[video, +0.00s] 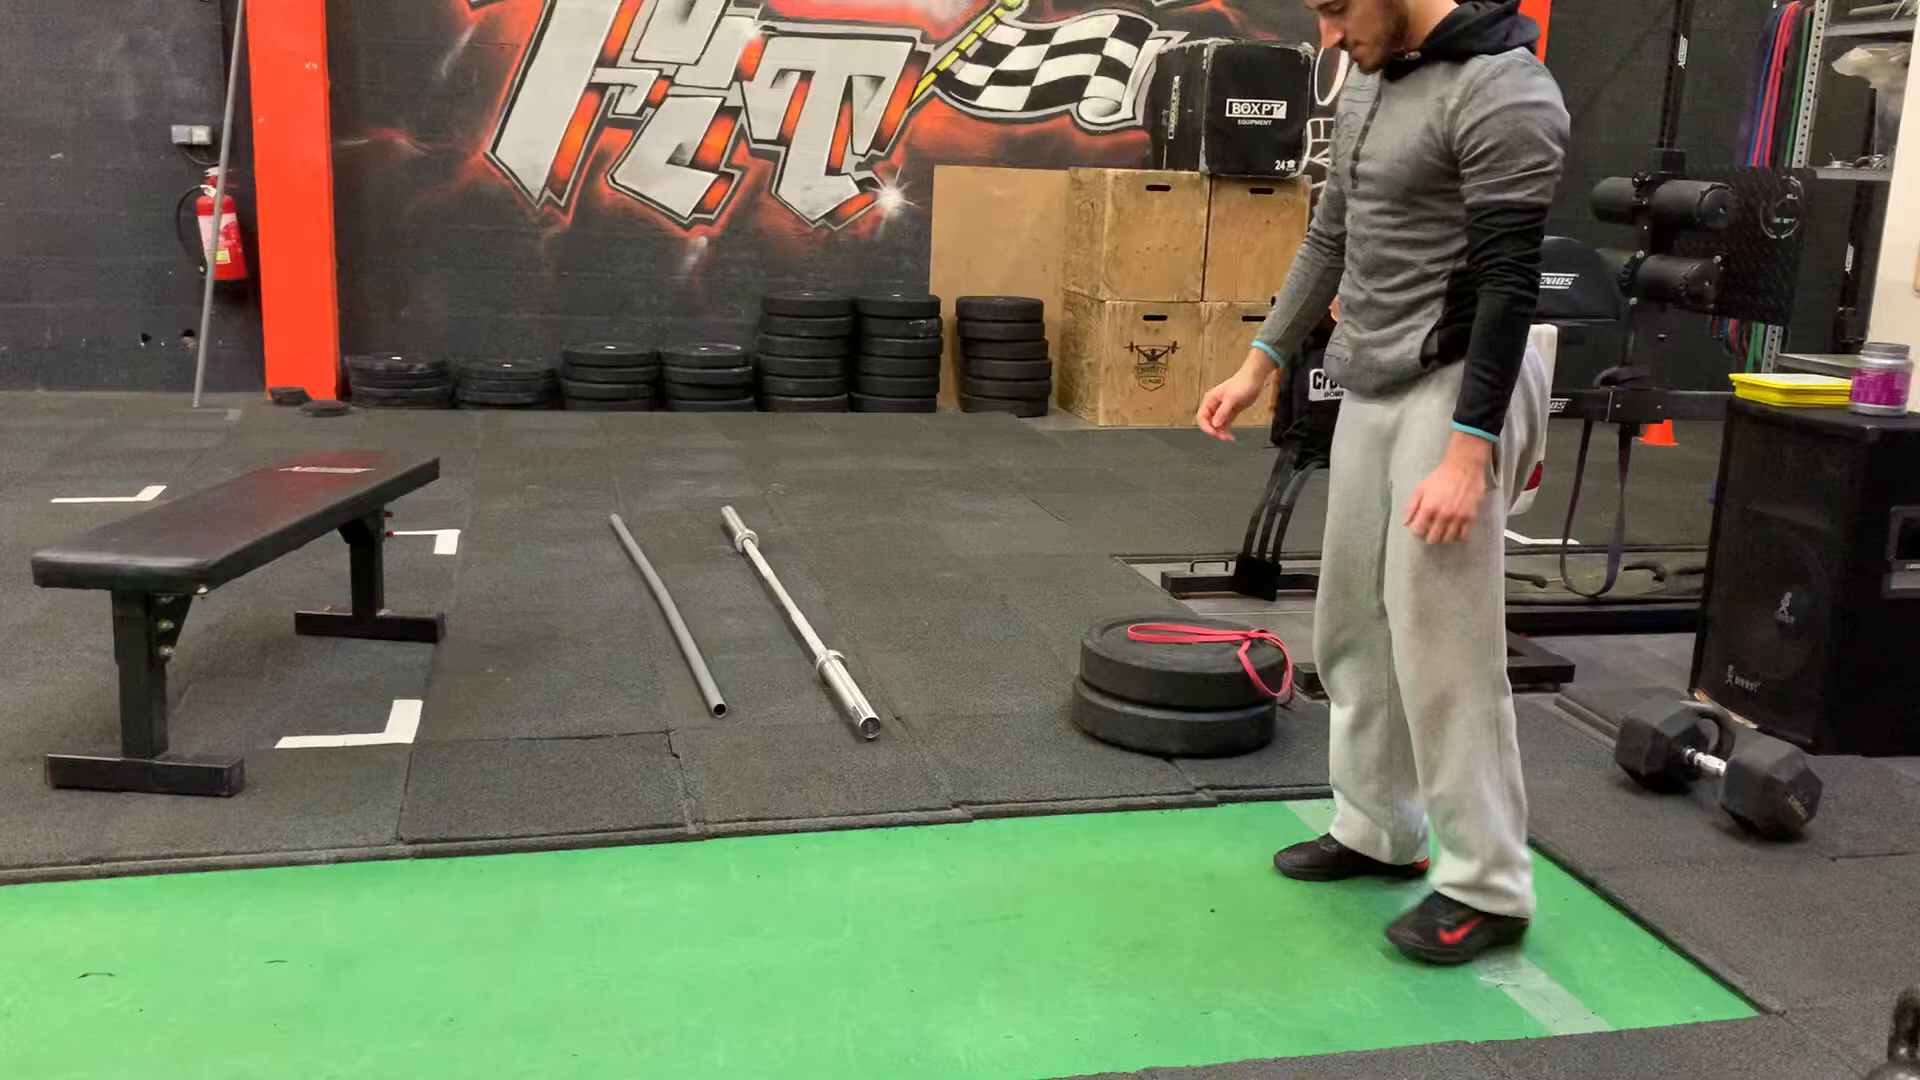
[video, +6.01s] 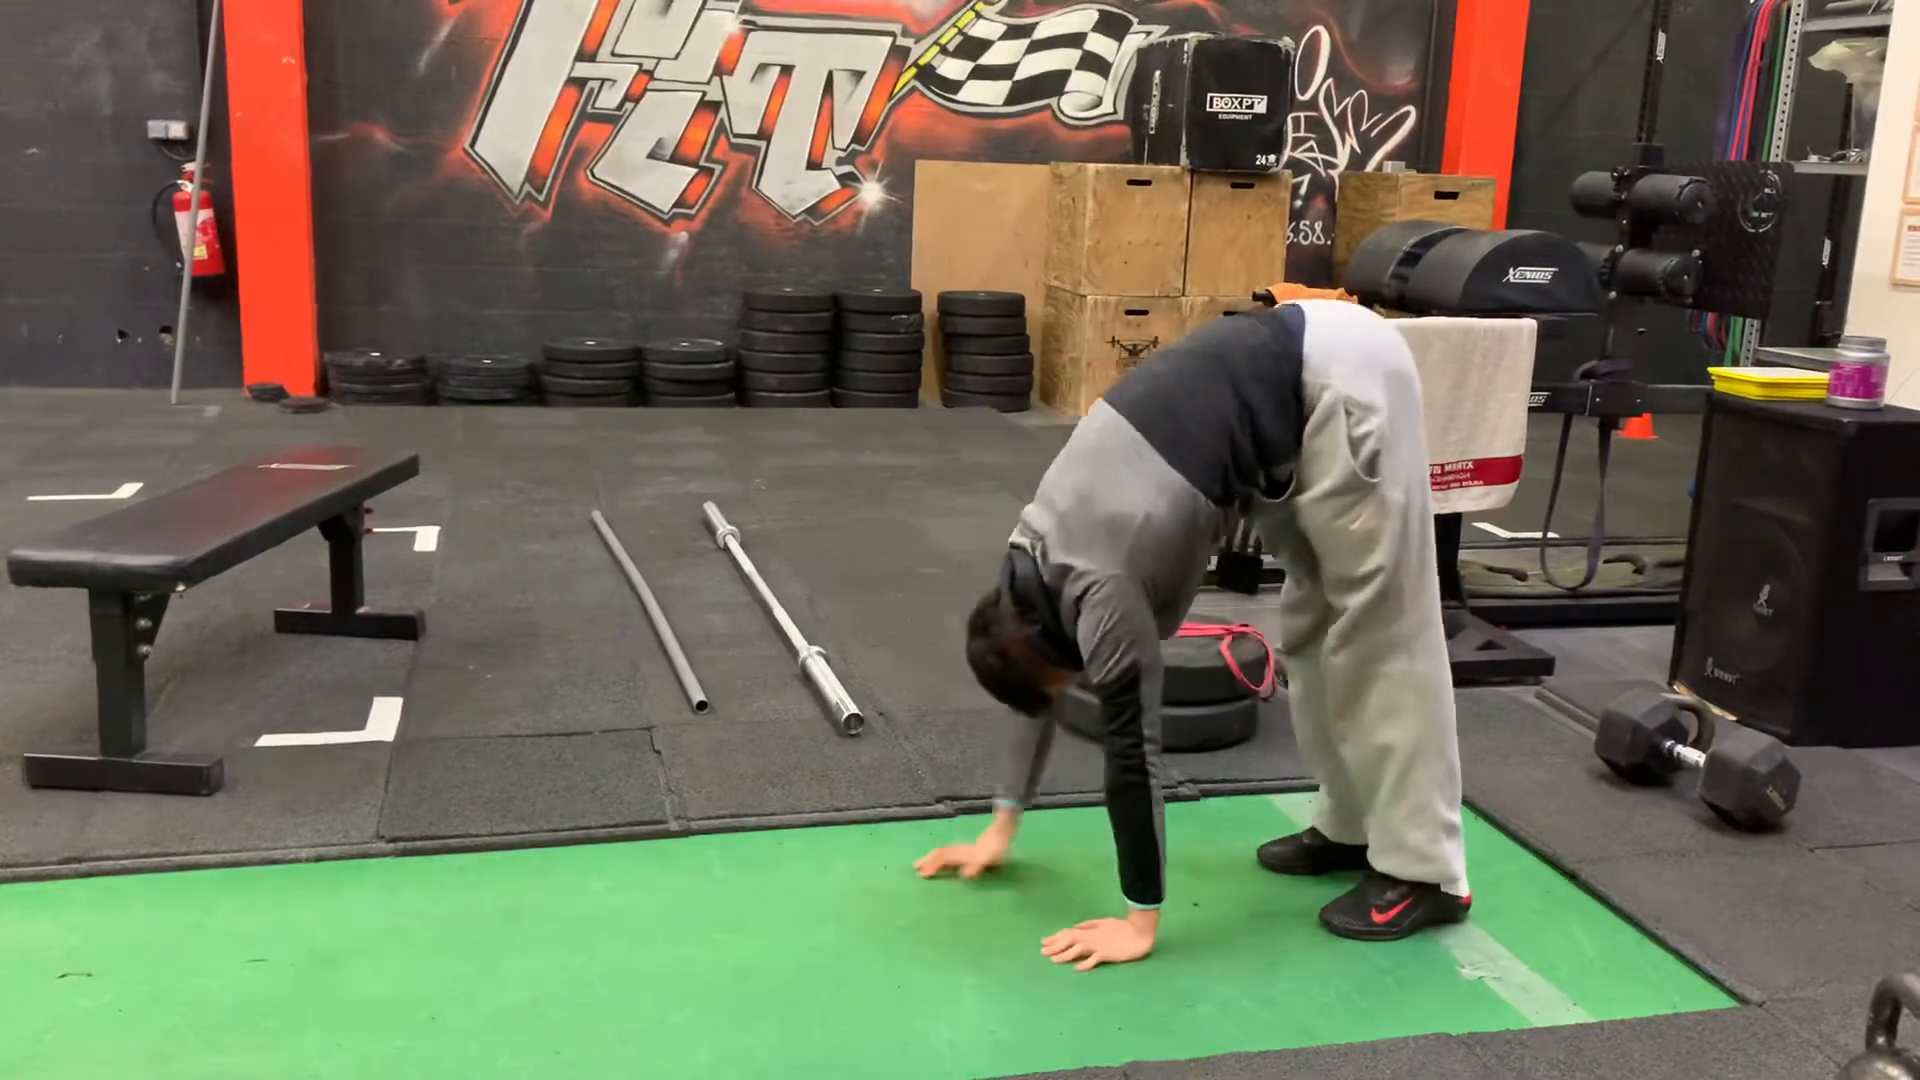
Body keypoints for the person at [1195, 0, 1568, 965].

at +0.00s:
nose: (1330, 34)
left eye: (1338, 11)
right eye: (1322, 17)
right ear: (1359, 10)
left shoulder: (1504, 93)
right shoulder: (1366, 80)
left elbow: (1510, 282)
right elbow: (1328, 236)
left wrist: (1470, 444)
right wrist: (1263, 360)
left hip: (1461, 390)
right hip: (1369, 385)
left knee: (1444, 636)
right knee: (1356, 617)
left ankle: (1487, 884)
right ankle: (1378, 826)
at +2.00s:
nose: (1257, 656)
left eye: (1249, 649)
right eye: (1239, 662)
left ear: (1229, 614)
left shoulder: (1279, 539)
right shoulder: (1191, 511)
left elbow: (1325, 701)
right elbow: (1225, 670)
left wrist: (1339, 871)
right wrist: (1229, 814)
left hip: (1512, 370)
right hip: (1420, 360)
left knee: (1480, 631)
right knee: (1397, 616)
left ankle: (1445, 872)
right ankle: (1377, 829)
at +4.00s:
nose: (530, 697)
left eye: (513, 687)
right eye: (512, 684)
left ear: (524, 655)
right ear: (518, 609)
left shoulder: (641, 608)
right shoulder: (603, 552)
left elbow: (667, 786)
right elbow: (660, 739)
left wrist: (676, 962)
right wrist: (656, 859)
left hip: (936, 591)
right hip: (925, 574)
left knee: (1150, 744)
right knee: (1120, 742)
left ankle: (1384, 828)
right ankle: (1315, 786)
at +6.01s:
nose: (1067, 699)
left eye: (1060, 691)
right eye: (1047, 700)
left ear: (1044, 643)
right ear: (1014, 633)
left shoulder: (1104, 595)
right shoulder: (1026, 567)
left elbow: (1130, 758)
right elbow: (1041, 705)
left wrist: (1140, 917)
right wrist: (1000, 829)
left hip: (1341, 379)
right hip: (1268, 388)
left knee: (1383, 637)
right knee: (1314, 631)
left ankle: (1427, 870)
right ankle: (1352, 826)